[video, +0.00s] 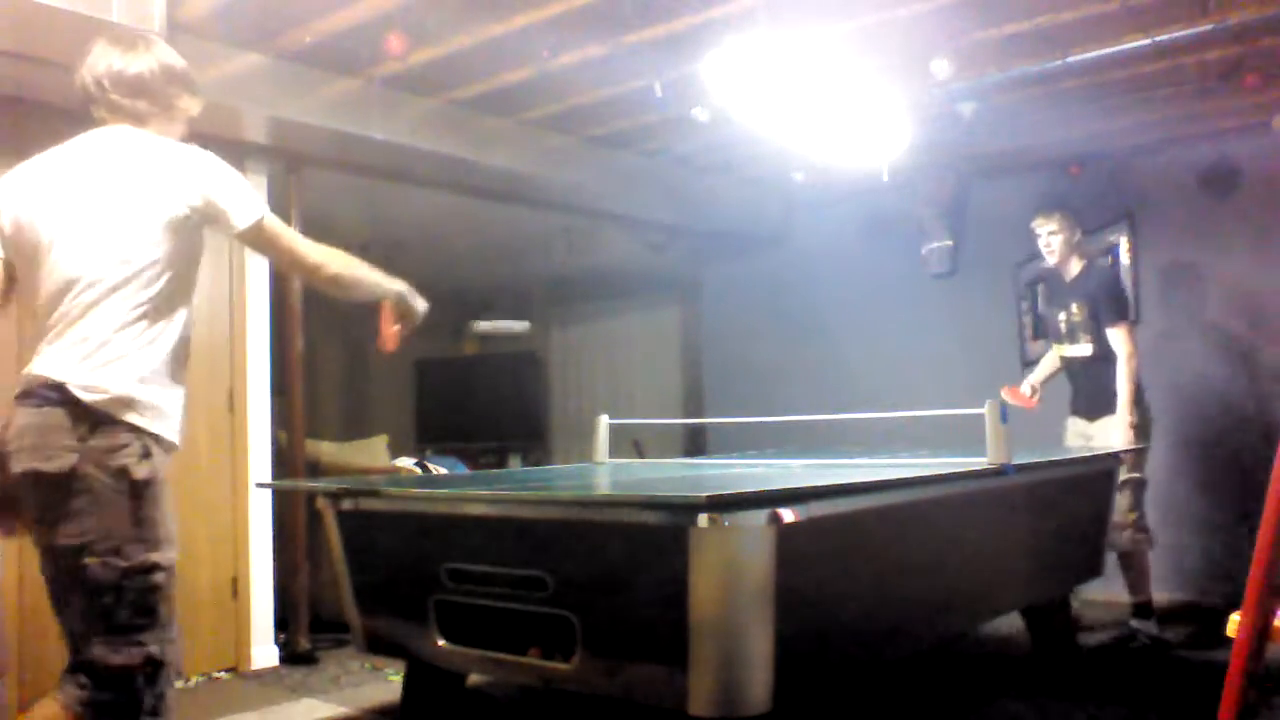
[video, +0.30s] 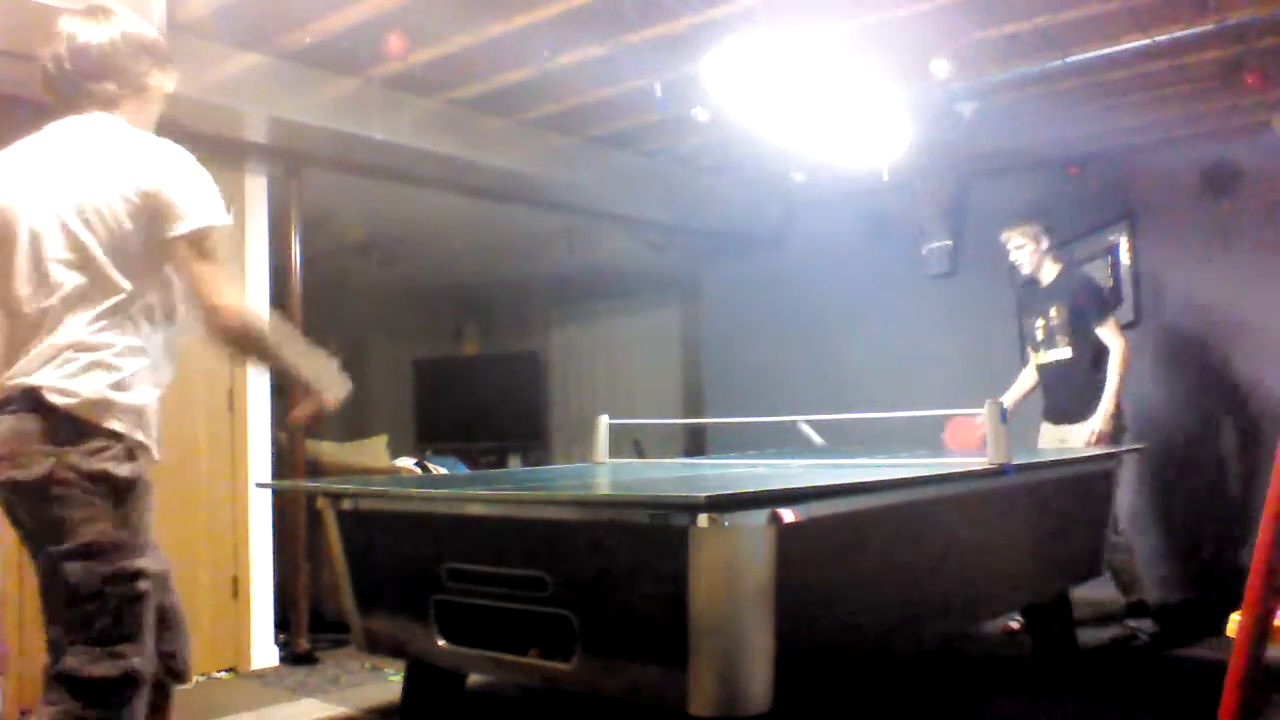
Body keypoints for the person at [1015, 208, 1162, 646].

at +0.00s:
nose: (1044, 243)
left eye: (1051, 234)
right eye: (1039, 237)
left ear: (1075, 233)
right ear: (1038, 243)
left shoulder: (1101, 278)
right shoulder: (1052, 287)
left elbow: (1125, 350)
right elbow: (1061, 347)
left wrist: (1124, 415)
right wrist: (1035, 380)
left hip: (1119, 417)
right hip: (1080, 420)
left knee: (1123, 521)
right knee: (1072, 514)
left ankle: (1143, 615)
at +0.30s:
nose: (1014, 257)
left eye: (1020, 248)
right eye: (1010, 251)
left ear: (1045, 243)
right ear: (1012, 256)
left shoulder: (1078, 285)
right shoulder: (1026, 299)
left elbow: (1119, 346)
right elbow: (1036, 364)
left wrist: (1105, 414)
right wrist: (1004, 404)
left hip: (1092, 425)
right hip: (1052, 426)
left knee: (1103, 522)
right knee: (1045, 520)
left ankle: (1140, 610)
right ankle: (1037, 609)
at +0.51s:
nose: (1000, 260)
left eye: (1005, 250)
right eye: (996, 253)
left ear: (1030, 243)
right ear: (1004, 254)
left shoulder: (1068, 286)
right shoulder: (1014, 302)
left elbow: (1112, 342)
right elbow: (985, 357)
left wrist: (1110, 409)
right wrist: (922, 380)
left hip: (1091, 422)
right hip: (1051, 428)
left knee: (1107, 519)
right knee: (1046, 520)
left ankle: (1138, 608)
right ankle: (1038, 609)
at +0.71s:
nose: (1020, 245)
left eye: (1026, 235)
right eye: (1016, 239)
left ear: (1050, 233)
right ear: (1014, 243)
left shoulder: (1079, 281)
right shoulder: (1017, 285)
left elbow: (1107, 345)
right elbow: (966, 313)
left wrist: (1096, 407)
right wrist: (944, 286)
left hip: (1081, 416)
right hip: (1039, 420)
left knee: (1099, 511)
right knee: (1035, 514)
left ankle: (1124, 603)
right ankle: (1034, 607)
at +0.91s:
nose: (1038, 243)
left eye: (1045, 234)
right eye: (1032, 236)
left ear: (1063, 233)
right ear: (1026, 241)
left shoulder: (1091, 287)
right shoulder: (1022, 283)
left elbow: (1108, 354)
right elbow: (972, 319)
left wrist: (1091, 416)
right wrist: (963, 284)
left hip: (1077, 422)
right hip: (1030, 424)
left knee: (1092, 515)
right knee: (1028, 517)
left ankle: (1127, 605)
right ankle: (1031, 609)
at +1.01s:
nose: (1035, 243)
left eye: (1043, 234)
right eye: (1029, 237)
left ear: (1061, 236)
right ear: (1024, 241)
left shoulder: (1088, 290)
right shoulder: (1018, 289)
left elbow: (1102, 360)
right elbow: (976, 336)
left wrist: (1096, 421)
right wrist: (965, 307)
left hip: (1076, 423)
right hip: (1027, 425)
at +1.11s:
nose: (1027, 249)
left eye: (1034, 241)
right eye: (1019, 243)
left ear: (1049, 243)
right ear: (1010, 248)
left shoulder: (1074, 294)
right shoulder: (1003, 296)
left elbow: (1092, 361)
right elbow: (978, 339)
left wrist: (1098, 424)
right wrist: (966, 355)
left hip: (1066, 429)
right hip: (1017, 431)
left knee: (1080, 518)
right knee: (1026, 521)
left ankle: (1116, 605)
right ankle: (1032, 610)